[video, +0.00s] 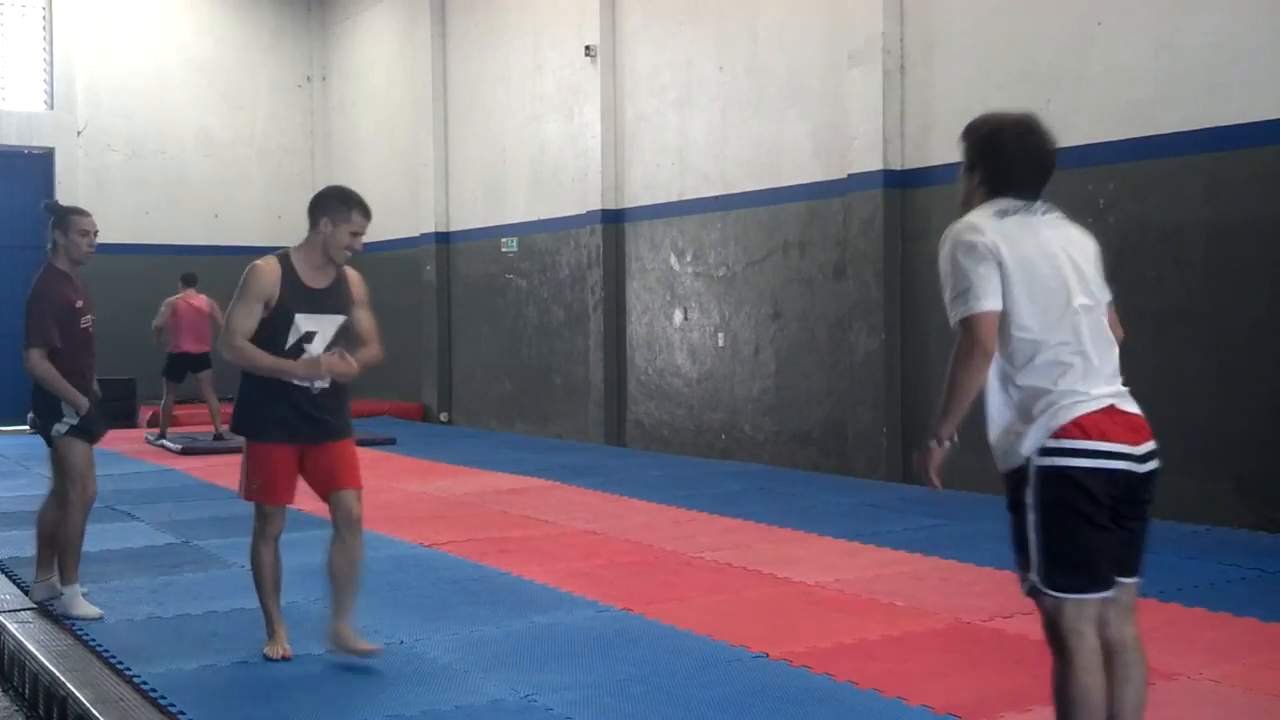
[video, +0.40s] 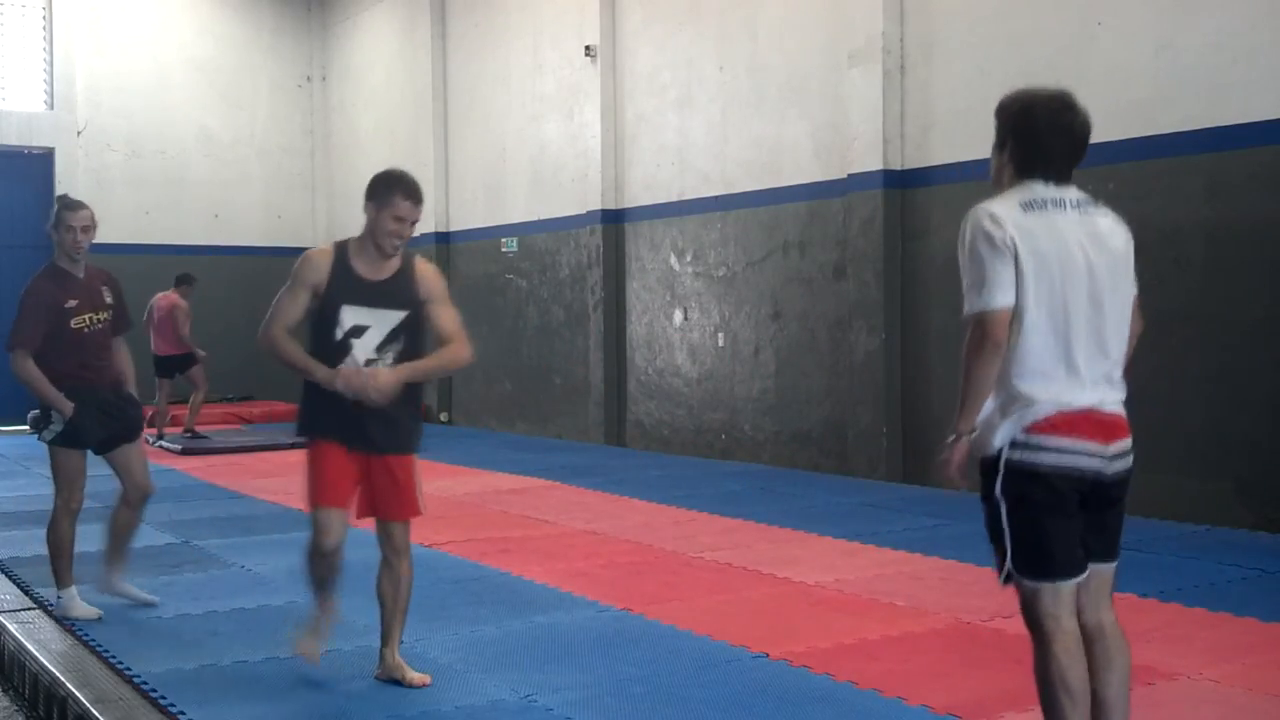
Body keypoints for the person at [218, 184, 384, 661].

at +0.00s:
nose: (358, 244)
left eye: (362, 236)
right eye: (353, 234)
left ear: (341, 231)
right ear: (324, 225)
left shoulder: (350, 281)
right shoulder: (266, 274)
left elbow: (372, 348)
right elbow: (231, 345)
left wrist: (348, 363)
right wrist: (299, 368)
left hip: (327, 421)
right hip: (270, 422)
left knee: (350, 514)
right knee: (269, 527)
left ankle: (341, 626)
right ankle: (275, 631)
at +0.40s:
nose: (403, 231)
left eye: (411, 223)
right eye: (396, 220)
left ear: (416, 221)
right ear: (369, 211)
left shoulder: (423, 276)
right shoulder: (321, 264)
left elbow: (461, 350)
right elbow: (273, 334)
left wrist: (397, 376)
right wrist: (327, 375)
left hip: (393, 430)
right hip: (333, 426)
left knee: (397, 544)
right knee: (327, 541)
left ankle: (390, 654)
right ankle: (322, 614)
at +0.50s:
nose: (411, 227)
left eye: (419, 218)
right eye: (402, 216)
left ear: (427, 216)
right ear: (377, 208)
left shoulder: (437, 272)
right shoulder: (334, 264)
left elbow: (485, 345)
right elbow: (281, 328)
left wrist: (419, 377)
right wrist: (318, 380)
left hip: (406, 430)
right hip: (347, 423)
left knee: (403, 545)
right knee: (346, 538)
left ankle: (392, 653)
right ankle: (358, 648)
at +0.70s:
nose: (426, 234)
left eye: (435, 224)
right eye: (415, 223)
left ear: (444, 220)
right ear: (391, 212)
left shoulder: (457, 275)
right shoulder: (348, 274)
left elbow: (505, 349)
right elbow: (309, 334)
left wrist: (450, 381)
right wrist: (323, 382)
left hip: (433, 441)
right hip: (374, 439)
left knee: (423, 557)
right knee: (381, 559)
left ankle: (396, 650)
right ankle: (398, 696)